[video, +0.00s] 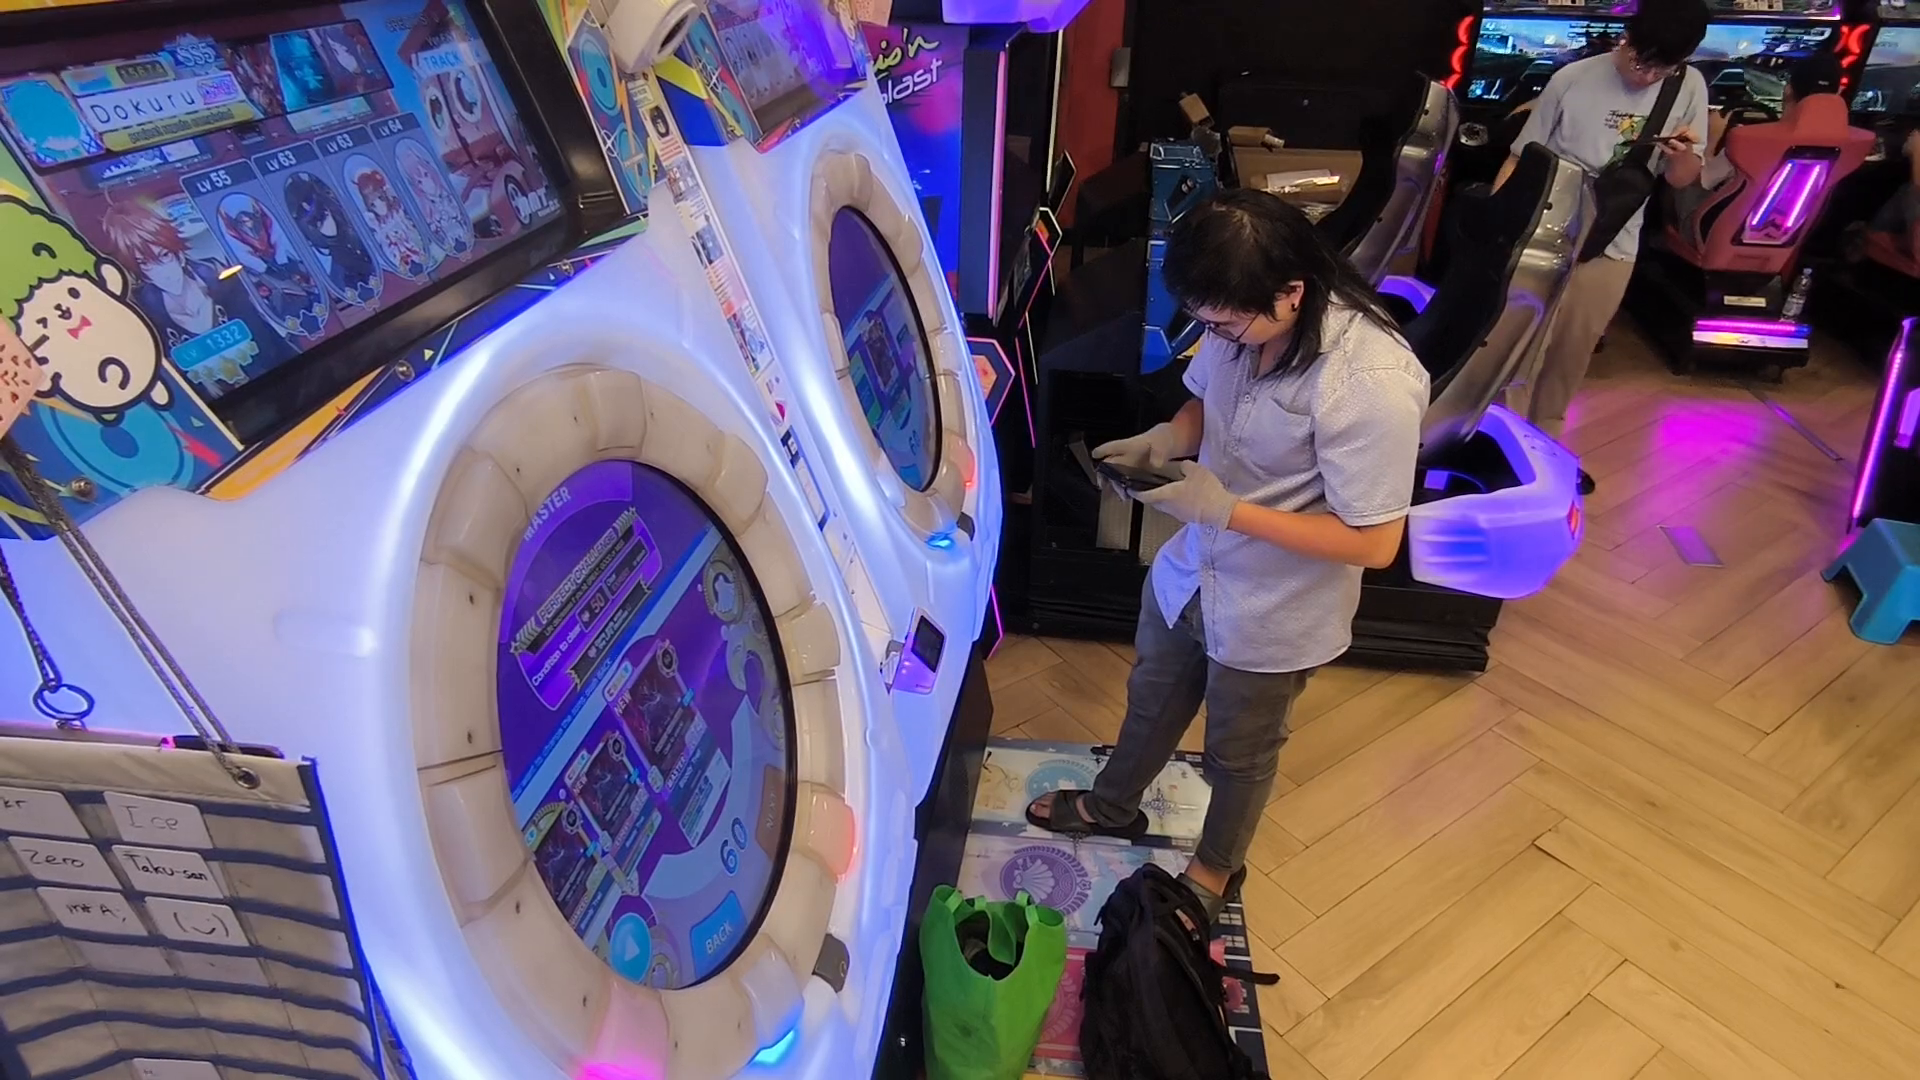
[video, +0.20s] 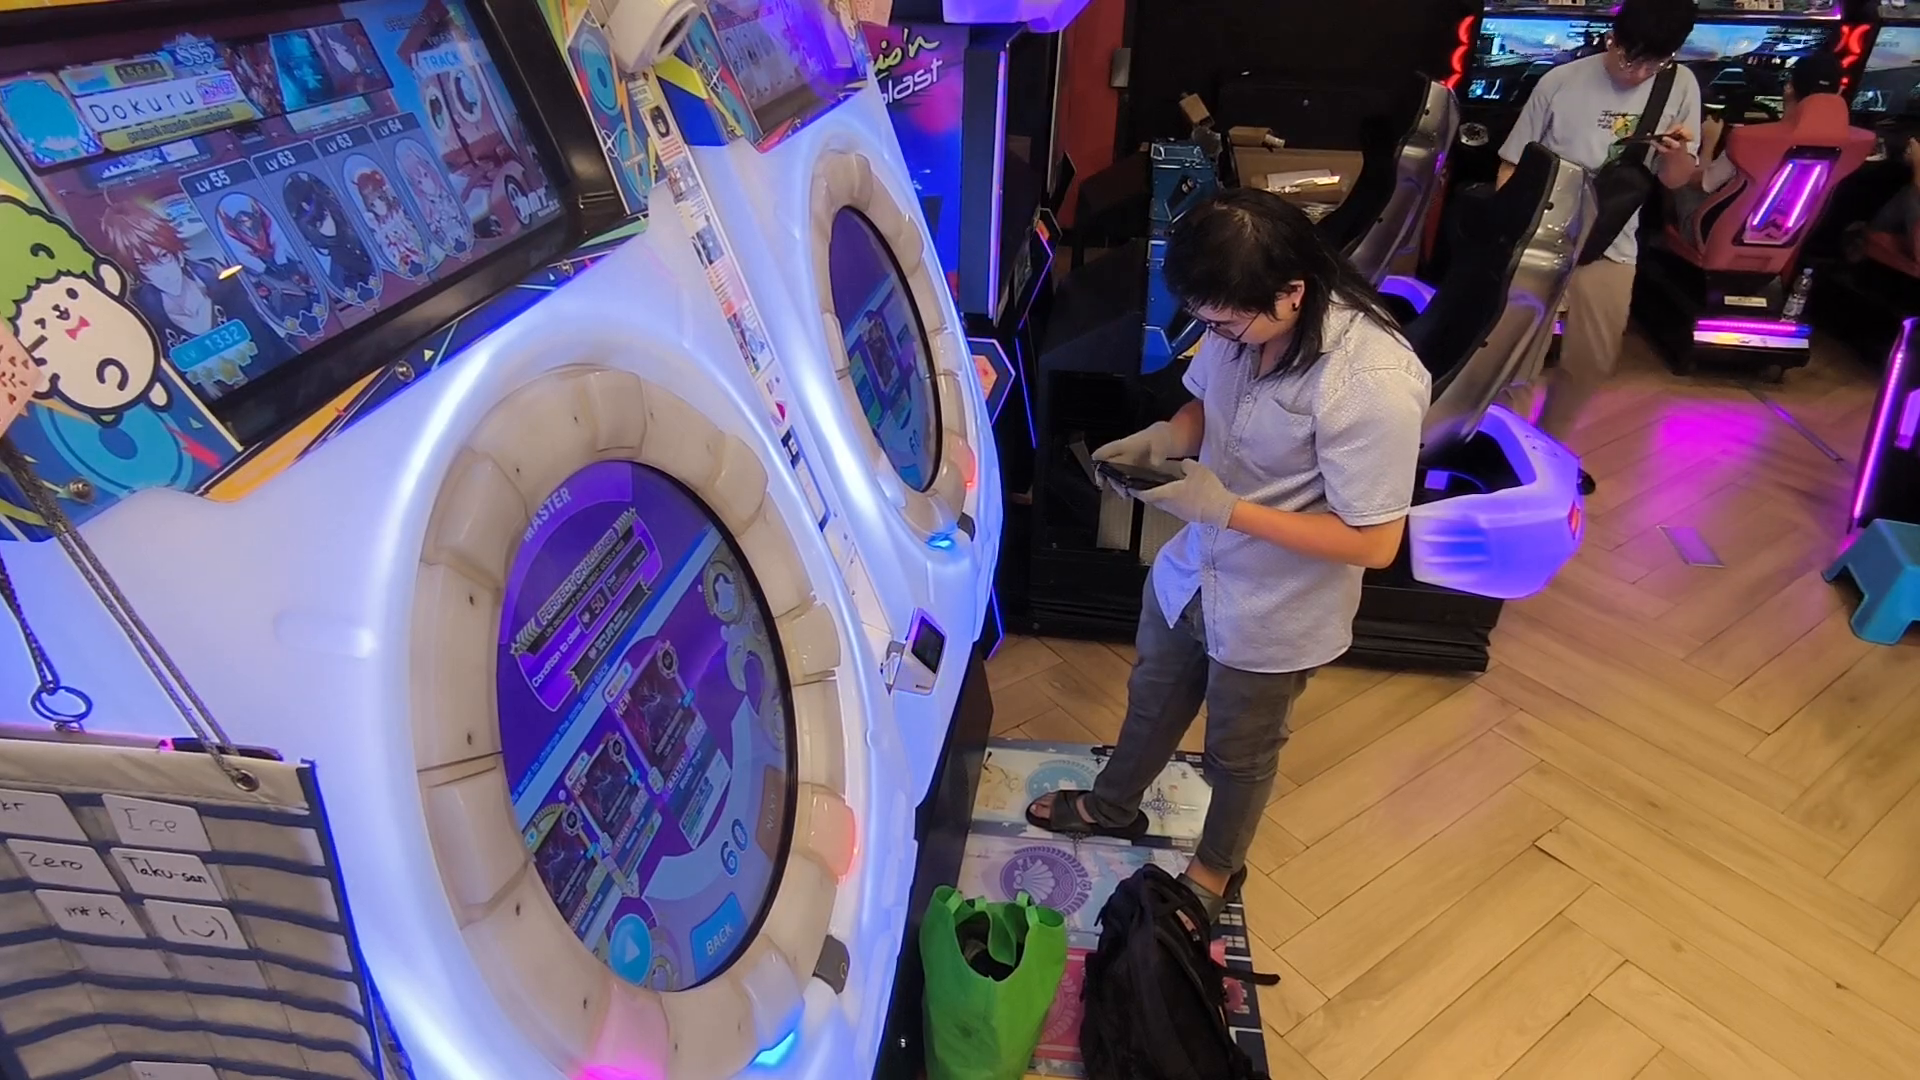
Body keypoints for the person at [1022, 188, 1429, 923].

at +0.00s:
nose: (1217, 333)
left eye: (1231, 320)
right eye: (1209, 319)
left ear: (1291, 295)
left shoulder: (1370, 387)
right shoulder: (1238, 322)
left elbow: (1375, 542)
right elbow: (1203, 408)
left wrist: (1231, 511)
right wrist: (1164, 443)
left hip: (1274, 604)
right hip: (1190, 560)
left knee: (1238, 751)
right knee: (1153, 694)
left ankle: (1214, 869)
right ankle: (1114, 802)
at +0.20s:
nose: (1217, 331)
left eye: (1230, 319)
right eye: (1209, 317)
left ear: (1291, 295)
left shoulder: (1371, 387)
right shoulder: (1239, 322)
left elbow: (1374, 542)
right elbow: (1203, 410)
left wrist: (1230, 510)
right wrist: (1160, 444)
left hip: (1275, 606)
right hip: (1191, 561)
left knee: (1239, 751)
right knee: (1153, 695)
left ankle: (1214, 870)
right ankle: (1113, 803)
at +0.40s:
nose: (1216, 332)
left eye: (1230, 319)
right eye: (1209, 317)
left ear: (1291, 295)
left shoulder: (1370, 386)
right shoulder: (1238, 323)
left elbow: (1374, 542)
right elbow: (1204, 406)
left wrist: (1231, 510)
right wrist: (1166, 443)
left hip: (1275, 604)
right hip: (1191, 560)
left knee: (1239, 751)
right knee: (1153, 695)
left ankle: (1214, 870)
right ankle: (1112, 804)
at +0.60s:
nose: (1215, 331)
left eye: (1230, 318)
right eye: (1207, 317)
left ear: (1291, 295)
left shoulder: (1371, 385)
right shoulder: (1239, 322)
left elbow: (1374, 543)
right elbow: (1206, 411)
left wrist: (1231, 511)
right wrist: (1161, 439)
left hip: (1275, 606)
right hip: (1192, 561)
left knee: (1239, 753)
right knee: (1154, 693)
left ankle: (1214, 869)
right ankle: (1114, 802)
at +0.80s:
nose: (1215, 335)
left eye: (1227, 322)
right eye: (1206, 321)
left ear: (1289, 296)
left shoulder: (1369, 380)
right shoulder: (1243, 318)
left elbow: (1373, 543)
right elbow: (1205, 411)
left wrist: (1227, 510)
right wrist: (1157, 438)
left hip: (1279, 628)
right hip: (1191, 582)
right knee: (1162, 698)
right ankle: (1132, 799)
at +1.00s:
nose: (1215, 333)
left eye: (1229, 321)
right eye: (1208, 318)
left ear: (1290, 296)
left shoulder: (1369, 382)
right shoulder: (1239, 313)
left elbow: (1375, 542)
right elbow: (1199, 411)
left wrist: (1228, 510)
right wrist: (1151, 439)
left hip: (1273, 607)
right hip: (1191, 565)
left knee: (1236, 757)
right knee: (1145, 720)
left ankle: (1213, 866)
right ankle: (1114, 835)